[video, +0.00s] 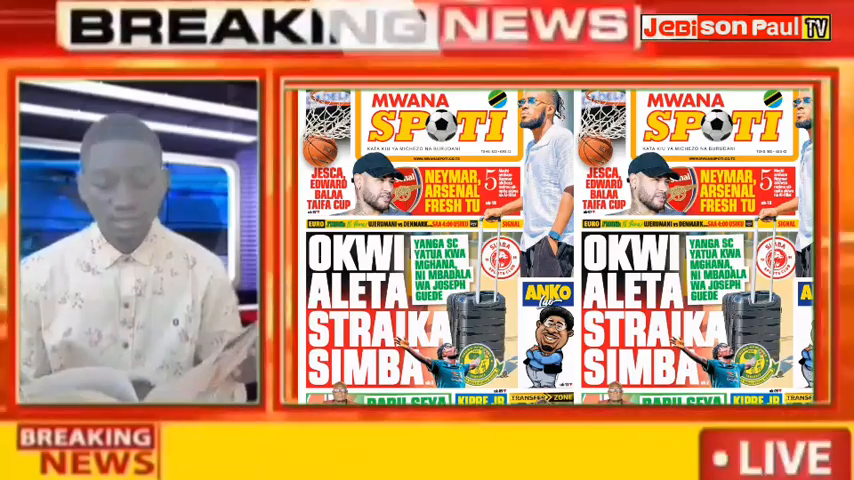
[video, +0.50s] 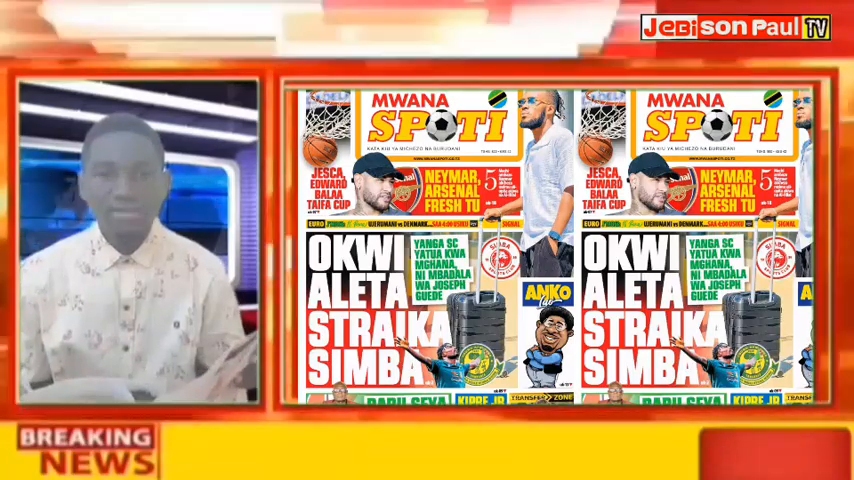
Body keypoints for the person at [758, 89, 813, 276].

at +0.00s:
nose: (799, 108)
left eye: (806, 101)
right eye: (797, 103)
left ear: (820, 107)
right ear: (794, 109)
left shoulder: (826, 148)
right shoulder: (806, 149)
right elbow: (805, 197)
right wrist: (776, 211)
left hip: (819, 240)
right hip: (803, 239)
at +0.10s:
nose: (799, 107)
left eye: (806, 101)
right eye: (797, 103)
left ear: (819, 107)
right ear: (794, 110)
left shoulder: (826, 148)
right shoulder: (806, 149)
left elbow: (830, 192)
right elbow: (805, 196)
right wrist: (776, 211)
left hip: (819, 239)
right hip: (803, 239)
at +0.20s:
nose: (799, 108)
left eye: (806, 101)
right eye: (797, 103)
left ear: (820, 107)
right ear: (794, 110)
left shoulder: (826, 148)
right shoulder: (806, 149)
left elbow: (831, 193)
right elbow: (805, 196)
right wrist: (776, 211)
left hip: (819, 240)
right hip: (803, 239)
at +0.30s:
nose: (799, 108)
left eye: (806, 101)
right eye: (797, 103)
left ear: (820, 107)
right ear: (794, 109)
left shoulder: (826, 148)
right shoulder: (806, 149)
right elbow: (805, 196)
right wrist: (777, 211)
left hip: (819, 240)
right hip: (803, 239)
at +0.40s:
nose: (799, 108)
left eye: (806, 101)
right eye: (797, 102)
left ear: (820, 107)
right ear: (794, 109)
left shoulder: (827, 148)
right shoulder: (806, 149)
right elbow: (805, 196)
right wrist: (777, 211)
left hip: (819, 239)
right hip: (803, 239)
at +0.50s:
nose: (799, 108)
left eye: (806, 102)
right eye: (797, 103)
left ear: (819, 107)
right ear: (794, 110)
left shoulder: (827, 148)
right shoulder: (806, 149)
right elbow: (805, 196)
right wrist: (776, 211)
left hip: (819, 239)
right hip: (803, 239)